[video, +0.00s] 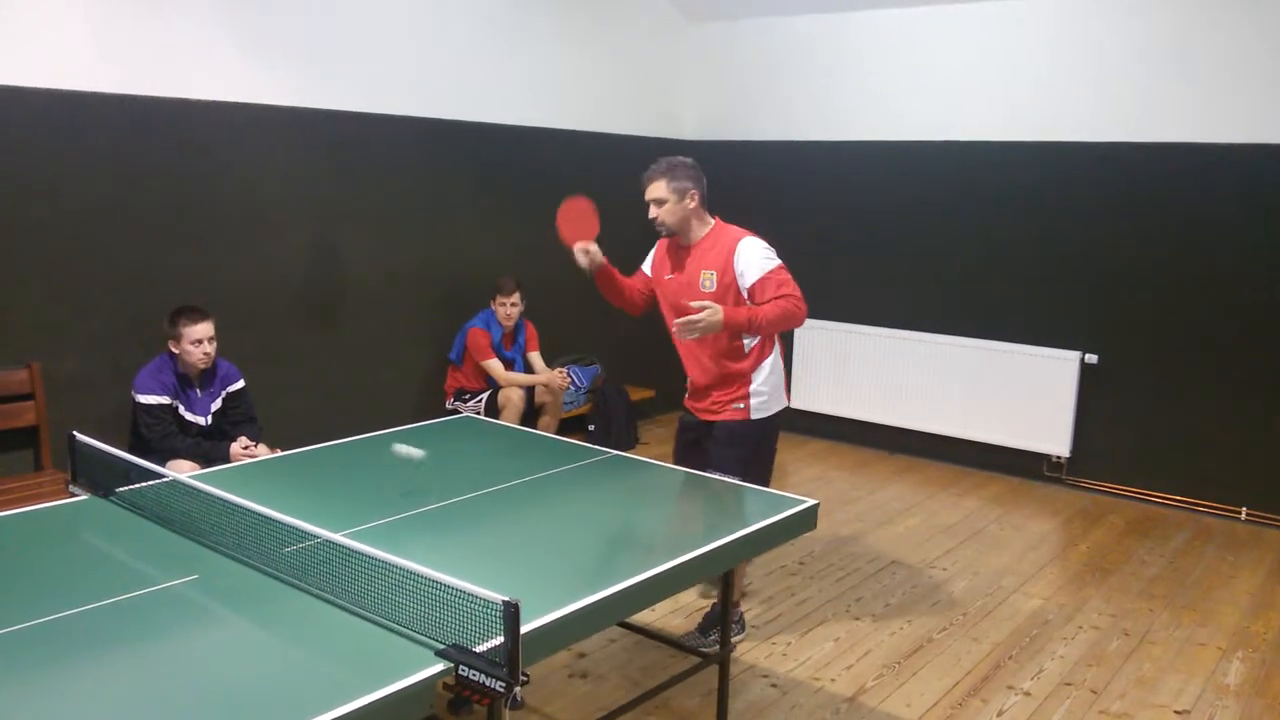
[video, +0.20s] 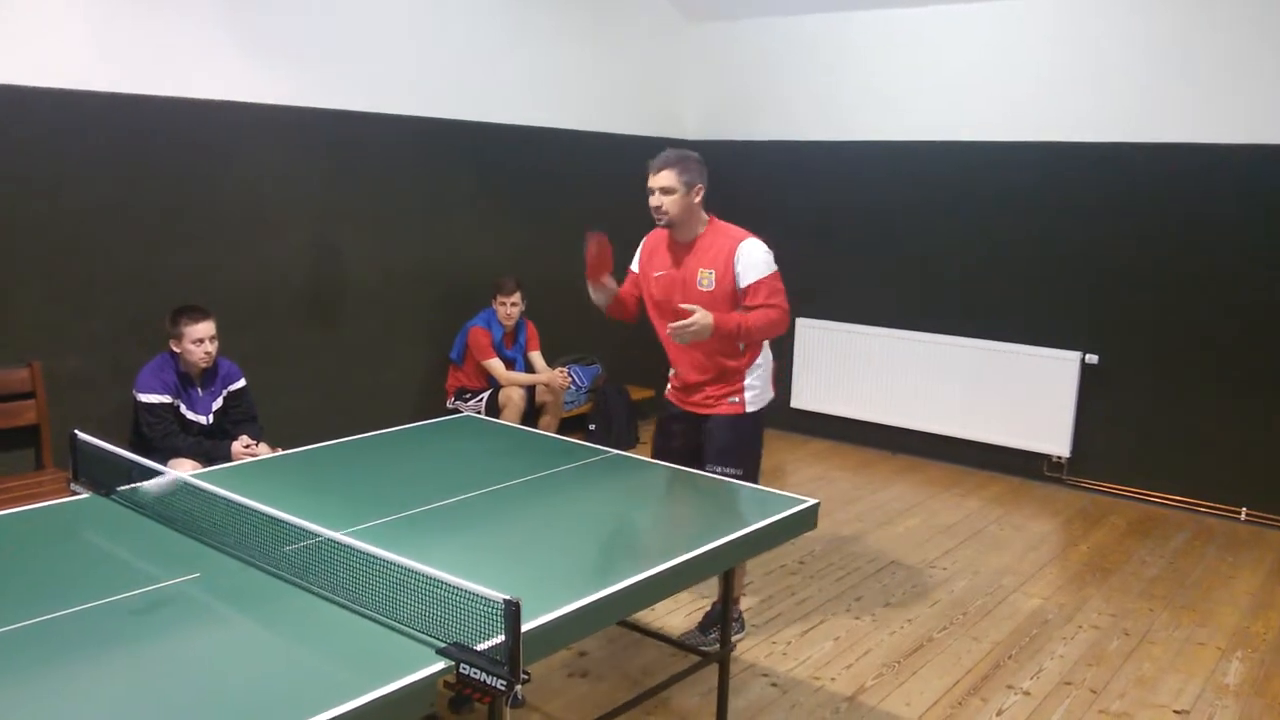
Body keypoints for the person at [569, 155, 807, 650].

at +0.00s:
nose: (651, 214)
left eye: (658, 203)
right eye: (649, 204)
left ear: (692, 199)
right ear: (677, 203)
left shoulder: (743, 248)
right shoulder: (663, 253)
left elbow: (793, 307)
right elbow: (634, 299)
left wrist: (728, 318)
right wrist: (601, 269)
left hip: (748, 408)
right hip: (698, 404)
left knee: (734, 513)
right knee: (692, 505)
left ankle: (731, 610)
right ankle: (725, 596)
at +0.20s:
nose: (655, 202)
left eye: (665, 193)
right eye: (651, 193)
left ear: (697, 194)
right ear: (649, 196)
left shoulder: (743, 249)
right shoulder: (652, 245)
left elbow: (776, 317)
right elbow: (631, 308)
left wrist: (717, 324)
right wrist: (609, 297)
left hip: (735, 401)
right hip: (681, 394)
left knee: (729, 504)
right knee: (668, 492)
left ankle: (731, 607)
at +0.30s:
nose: (649, 204)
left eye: (660, 195)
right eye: (645, 194)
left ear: (692, 196)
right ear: (644, 197)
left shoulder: (735, 252)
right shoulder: (642, 251)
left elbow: (761, 322)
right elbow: (635, 321)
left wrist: (704, 327)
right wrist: (630, 331)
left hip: (725, 403)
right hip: (672, 396)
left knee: (726, 504)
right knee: (648, 491)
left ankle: (728, 606)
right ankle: (624, 585)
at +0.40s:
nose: (643, 210)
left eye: (654, 201)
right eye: (639, 200)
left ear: (685, 202)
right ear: (637, 202)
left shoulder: (730, 253)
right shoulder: (635, 259)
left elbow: (752, 323)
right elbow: (633, 319)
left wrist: (702, 331)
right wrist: (647, 345)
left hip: (724, 401)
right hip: (667, 398)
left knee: (728, 502)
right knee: (641, 490)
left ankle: (732, 605)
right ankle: (627, 583)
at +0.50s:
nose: (642, 216)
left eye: (652, 206)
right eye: (637, 206)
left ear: (682, 207)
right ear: (634, 209)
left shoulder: (729, 256)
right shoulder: (634, 263)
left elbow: (753, 324)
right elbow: (631, 324)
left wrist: (703, 335)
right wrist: (654, 351)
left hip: (730, 401)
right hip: (671, 400)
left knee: (741, 499)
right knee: (641, 490)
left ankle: (752, 604)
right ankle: (630, 580)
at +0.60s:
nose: (649, 216)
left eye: (660, 206)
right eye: (644, 206)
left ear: (688, 207)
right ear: (640, 208)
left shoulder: (735, 256)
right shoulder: (638, 261)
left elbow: (758, 326)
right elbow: (630, 321)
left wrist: (706, 338)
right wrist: (655, 351)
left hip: (736, 403)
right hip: (674, 403)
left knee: (757, 499)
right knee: (646, 492)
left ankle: (780, 599)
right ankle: (633, 582)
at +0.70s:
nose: (659, 217)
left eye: (671, 207)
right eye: (654, 207)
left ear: (699, 208)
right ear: (651, 209)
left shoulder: (745, 260)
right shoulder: (646, 262)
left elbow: (766, 330)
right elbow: (636, 322)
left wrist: (712, 344)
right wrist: (661, 353)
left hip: (744, 408)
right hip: (680, 408)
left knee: (770, 504)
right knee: (654, 495)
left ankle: (792, 605)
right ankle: (638, 581)